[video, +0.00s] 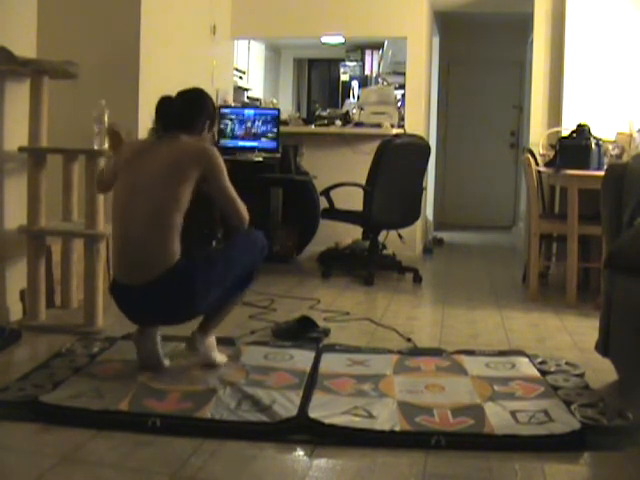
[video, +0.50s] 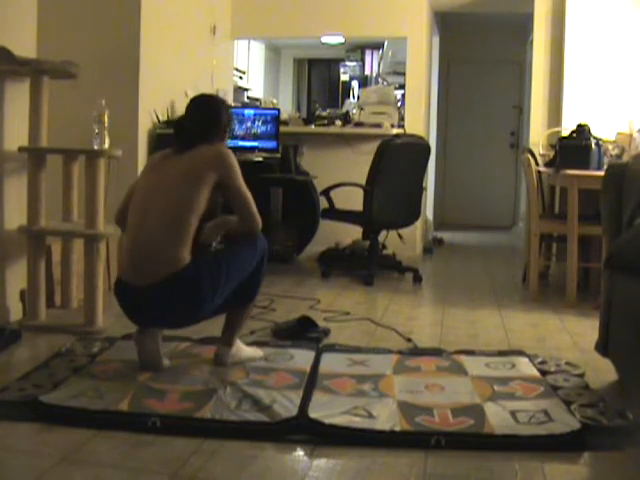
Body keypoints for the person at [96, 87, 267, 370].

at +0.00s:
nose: (212, 138)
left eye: (214, 133)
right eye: (213, 132)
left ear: (167, 122)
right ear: (205, 128)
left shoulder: (132, 150)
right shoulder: (201, 153)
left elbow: (102, 184)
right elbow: (240, 219)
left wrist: (116, 152)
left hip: (127, 301)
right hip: (172, 299)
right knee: (255, 243)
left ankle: (147, 332)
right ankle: (204, 334)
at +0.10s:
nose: (213, 138)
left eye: (215, 133)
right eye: (215, 132)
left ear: (168, 123)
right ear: (209, 130)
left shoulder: (135, 153)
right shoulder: (204, 154)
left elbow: (102, 192)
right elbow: (242, 218)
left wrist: (129, 163)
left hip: (127, 303)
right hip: (173, 300)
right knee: (250, 240)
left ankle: (147, 339)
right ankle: (227, 343)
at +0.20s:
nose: (218, 138)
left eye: (219, 132)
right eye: (219, 132)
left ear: (175, 122)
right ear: (212, 131)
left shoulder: (141, 155)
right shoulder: (209, 158)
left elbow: (106, 195)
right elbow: (239, 226)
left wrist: (143, 201)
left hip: (127, 302)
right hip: (172, 301)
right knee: (250, 244)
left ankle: (147, 337)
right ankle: (228, 344)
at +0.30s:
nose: (222, 134)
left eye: (222, 127)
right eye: (222, 127)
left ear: (180, 120)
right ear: (216, 128)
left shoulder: (148, 154)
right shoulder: (213, 158)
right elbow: (240, 229)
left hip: (129, 302)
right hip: (173, 301)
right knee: (254, 244)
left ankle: (148, 334)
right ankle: (229, 344)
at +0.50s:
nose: (228, 136)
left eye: (228, 129)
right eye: (228, 129)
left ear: (185, 125)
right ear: (223, 131)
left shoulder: (157, 159)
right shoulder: (219, 156)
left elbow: (122, 218)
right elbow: (252, 224)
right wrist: (218, 225)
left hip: (132, 303)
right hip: (177, 302)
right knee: (256, 244)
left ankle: (148, 333)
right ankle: (229, 344)